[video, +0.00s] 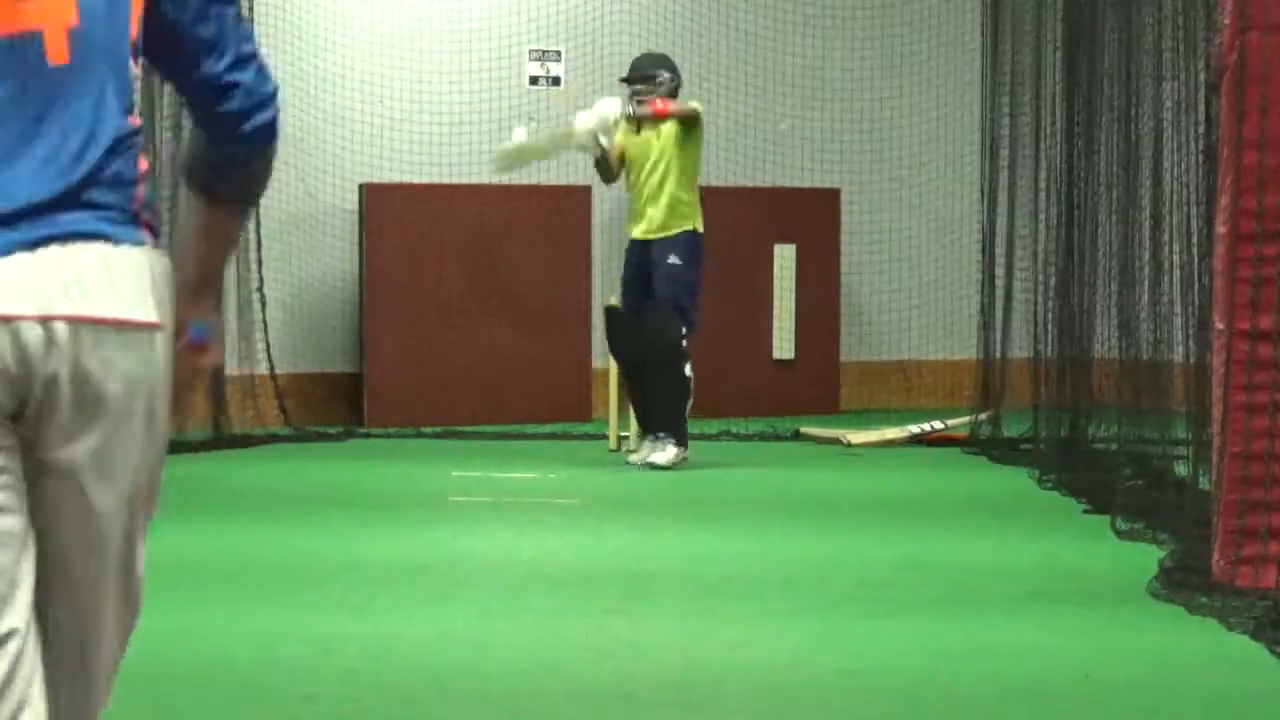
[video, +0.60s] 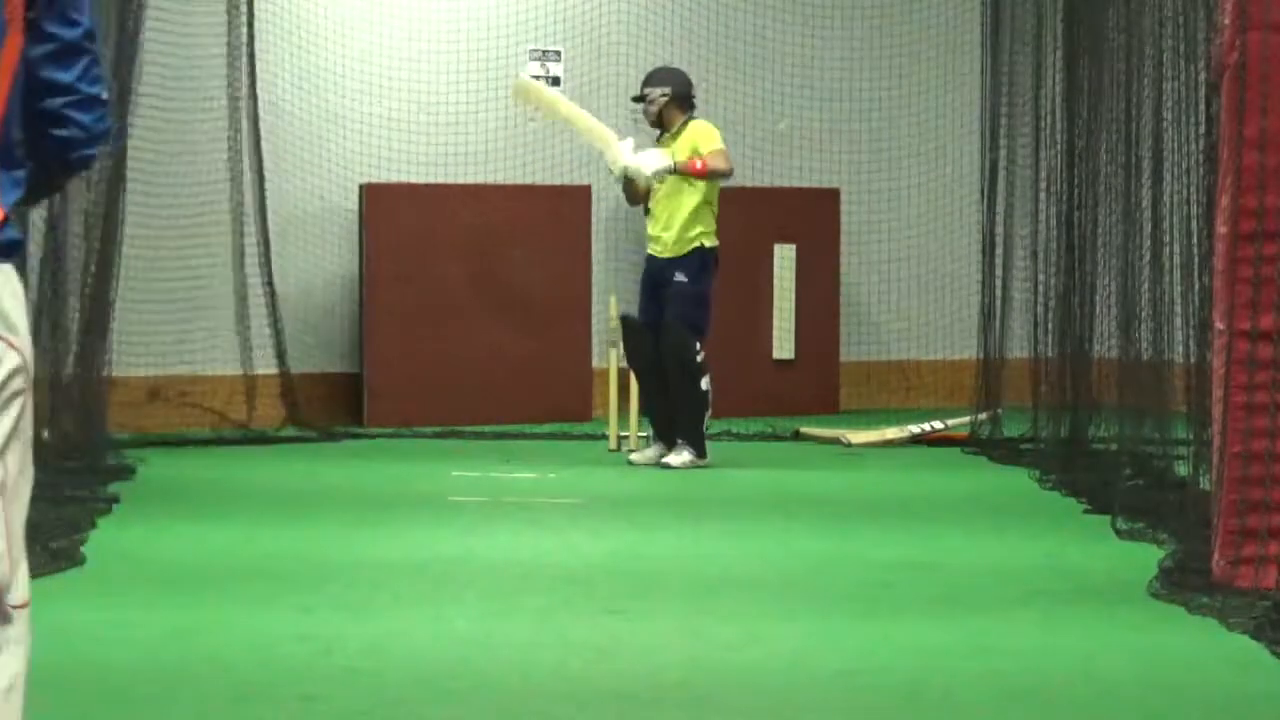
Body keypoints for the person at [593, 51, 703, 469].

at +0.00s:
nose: (639, 95)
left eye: (647, 87)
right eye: (634, 88)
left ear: (668, 88)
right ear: (627, 90)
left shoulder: (683, 121)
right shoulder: (626, 130)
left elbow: (691, 113)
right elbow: (608, 175)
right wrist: (596, 141)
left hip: (678, 234)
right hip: (641, 237)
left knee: (669, 335)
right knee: (636, 332)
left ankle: (673, 438)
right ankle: (651, 434)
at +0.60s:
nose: (645, 108)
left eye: (650, 100)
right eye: (644, 101)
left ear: (671, 98)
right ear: (662, 102)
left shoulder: (699, 131)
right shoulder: (658, 146)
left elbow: (723, 166)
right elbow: (637, 198)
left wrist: (672, 166)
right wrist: (626, 169)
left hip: (691, 254)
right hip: (658, 255)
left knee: (679, 345)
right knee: (648, 344)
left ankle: (691, 444)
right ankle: (664, 438)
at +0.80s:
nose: (638, 111)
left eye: (643, 103)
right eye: (638, 103)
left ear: (662, 99)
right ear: (657, 101)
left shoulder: (700, 136)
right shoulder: (656, 148)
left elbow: (729, 187)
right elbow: (656, 192)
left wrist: (683, 199)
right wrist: (635, 194)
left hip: (693, 256)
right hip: (658, 256)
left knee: (683, 346)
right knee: (638, 342)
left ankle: (692, 444)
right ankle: (663, 436)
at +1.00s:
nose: (616, 162)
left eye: (624, 154)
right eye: (608, 155)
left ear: (637, 155)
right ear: (599, 159)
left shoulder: (650, 190)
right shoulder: (616, 185)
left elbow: (663, 264)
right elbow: (628, 221)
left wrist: (639, 276)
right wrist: (627, 242)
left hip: (703, 255)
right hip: (677, 257)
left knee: (660, 337)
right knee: (644, 338)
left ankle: (676, 444)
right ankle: (666, 438)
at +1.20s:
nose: (612, 167)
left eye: (620, 159)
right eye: (604, 160)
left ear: (634, 159)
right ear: (595, 163)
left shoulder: (646, 192)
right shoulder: (612, 182)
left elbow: (642, 259)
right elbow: (608, 202)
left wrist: (599, 256)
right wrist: (589, 217)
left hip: (693, 261)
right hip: (659, 265)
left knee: (653, 339)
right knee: (625, 339)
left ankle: (667, 444)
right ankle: (652, 436)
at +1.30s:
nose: (615, 155)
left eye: (623, 148)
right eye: (607, 149)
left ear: (639, 148)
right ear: (598, 153)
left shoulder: (652, 174)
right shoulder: (608, 174)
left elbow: (624, 231)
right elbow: (598, 212)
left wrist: (580, 237)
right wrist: (571, 212)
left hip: (684, 265)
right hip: (645, 272)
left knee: (651, 340)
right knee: (610, 345)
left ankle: (667, 442)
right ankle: (639, 430)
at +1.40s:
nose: (617, 130)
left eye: (624, 123)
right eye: (609, 125)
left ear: (636, 121)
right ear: (598, 128)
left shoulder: (654, 136)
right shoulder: (595, 160)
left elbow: (646, 162)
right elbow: (589, 217)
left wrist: (606, 169)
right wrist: (579, 186)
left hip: (674, 255)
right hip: (625, 262)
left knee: (662, 332)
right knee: (606, 349)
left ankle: (668, 441)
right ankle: (633, 428)